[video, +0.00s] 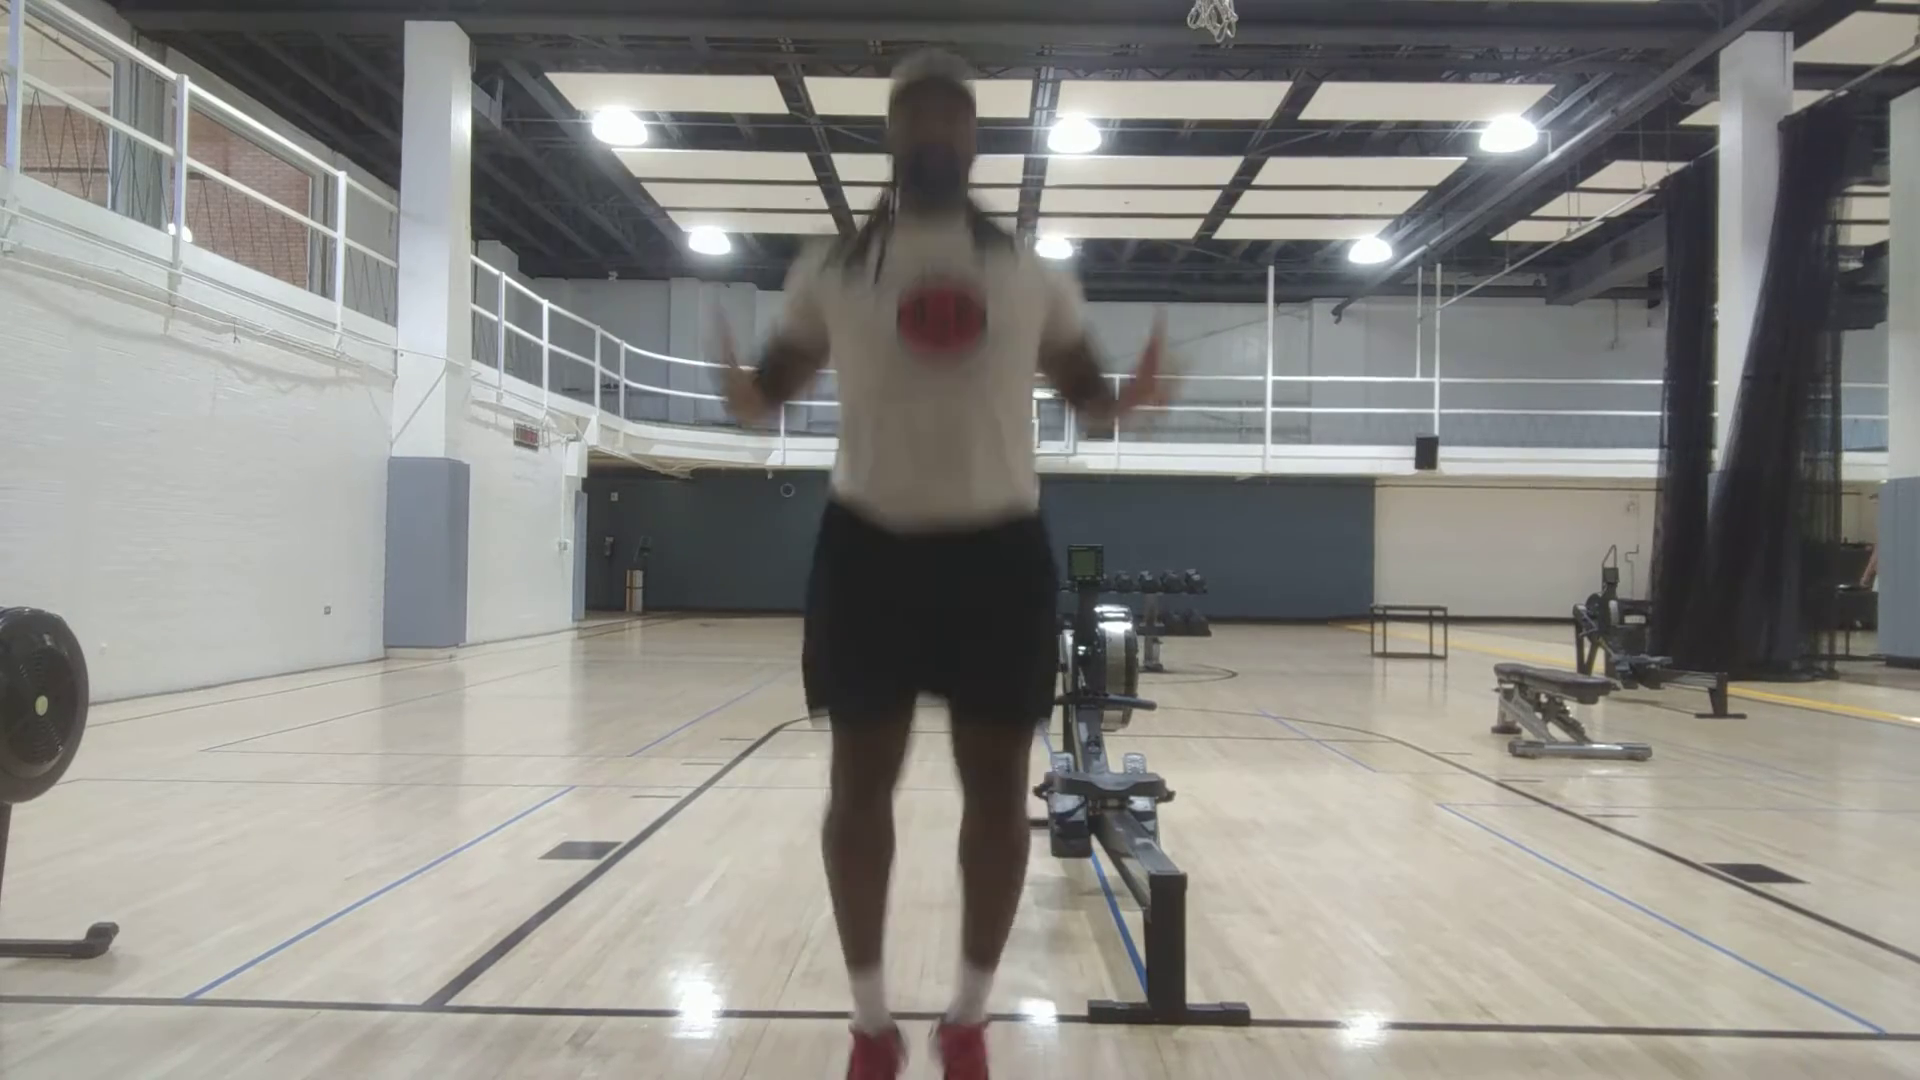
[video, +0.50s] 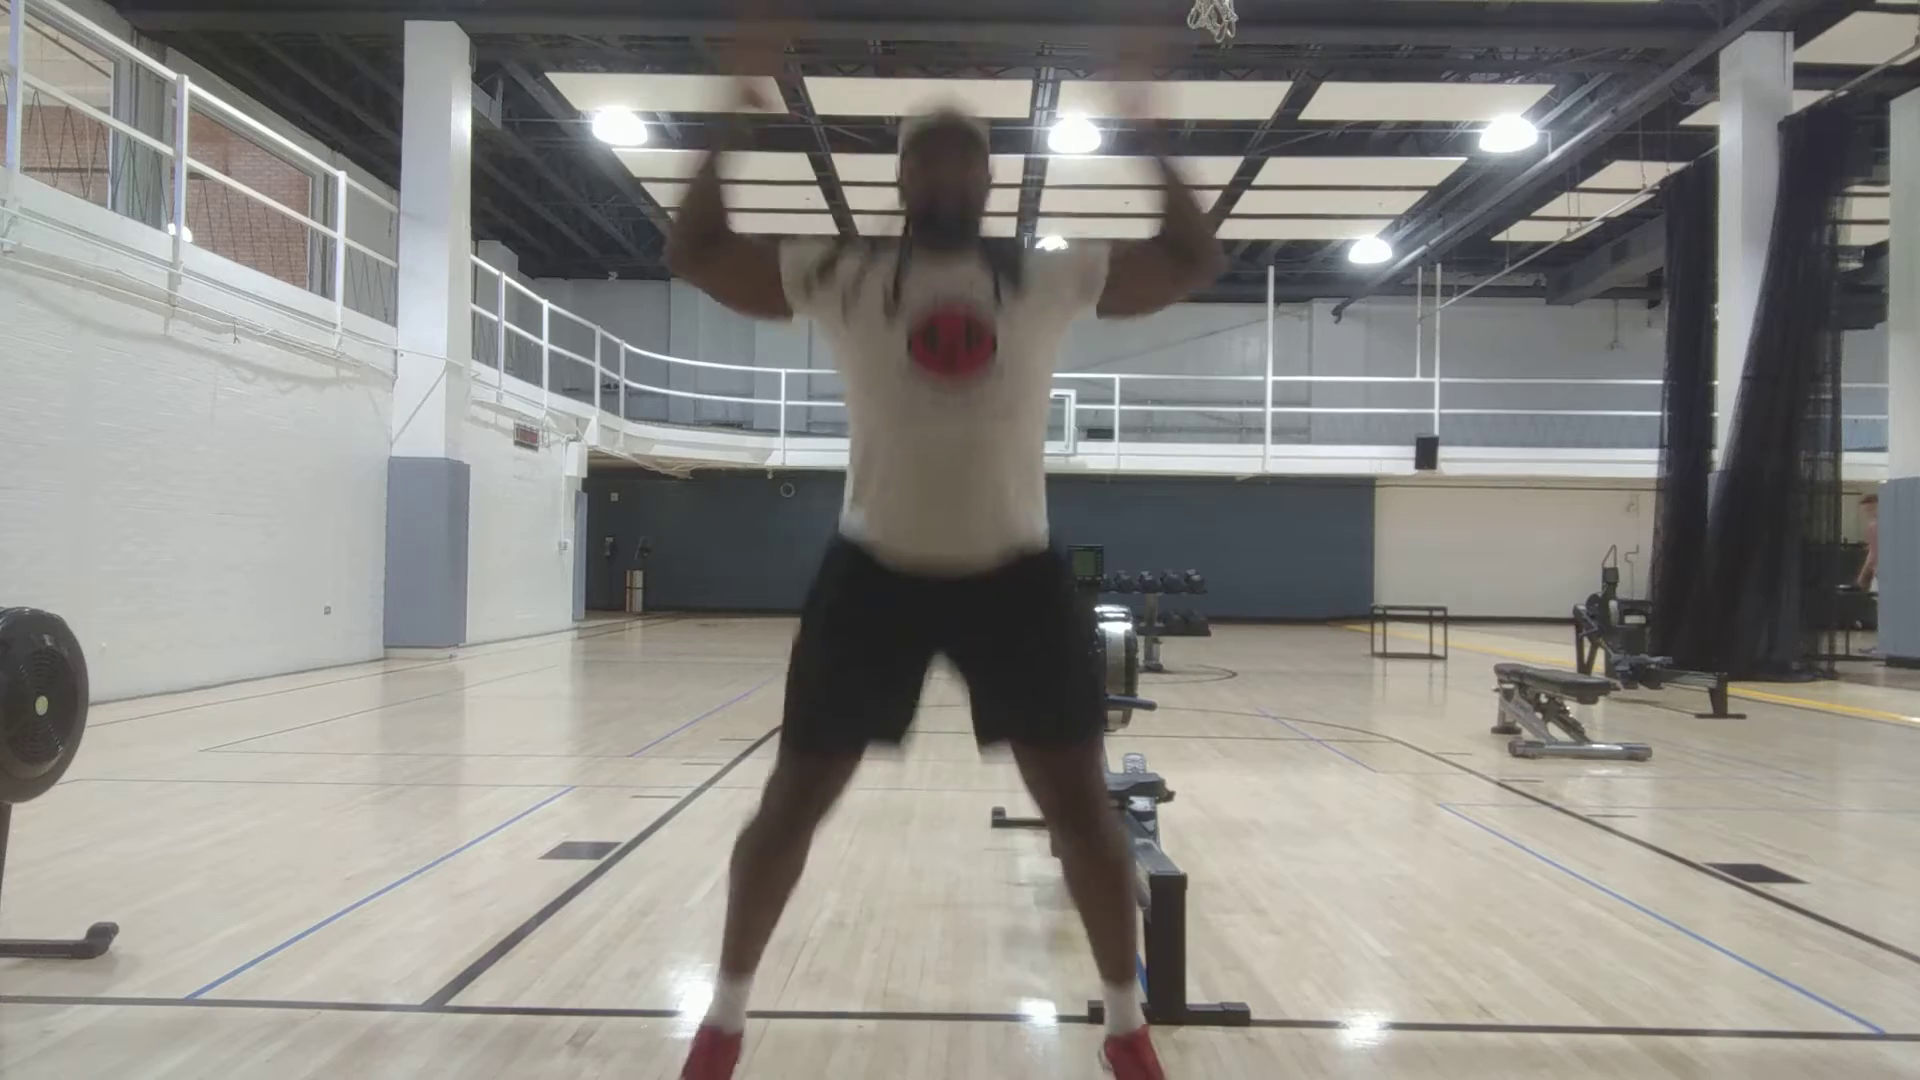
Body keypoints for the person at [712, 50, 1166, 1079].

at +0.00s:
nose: (933, 135)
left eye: (951, 118)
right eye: (916, 118)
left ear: (976, 136)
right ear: (888, 135)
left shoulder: (1030, 270)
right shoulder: (836, 264)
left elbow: (1086, 395)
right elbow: (776, 383)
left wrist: (1129, 396)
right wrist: (751, 387)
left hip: (998, 546)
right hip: (871, 545)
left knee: (998, 792)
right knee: (860, 782)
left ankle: (969, 1016)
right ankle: (869, 1019)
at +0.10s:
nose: (936, 61)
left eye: (955, 46)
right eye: (917, 46)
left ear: (984, 75)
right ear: (888, 74)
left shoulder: (1033, 191)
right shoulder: (839, 195)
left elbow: (1140, 313)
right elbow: (727, 311)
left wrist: (1198, 239)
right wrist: (662, 244)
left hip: (1006, 481)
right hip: (874, 479)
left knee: (1014, 729)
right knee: (846, 724)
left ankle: (1018, 980)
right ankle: (830, 975)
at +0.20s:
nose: (940, 57)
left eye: (959, 41)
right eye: (922, 40)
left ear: (987, 65)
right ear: (892, 64)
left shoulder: (1042, 178)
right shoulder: (839, 179)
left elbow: (1181, 244)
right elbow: (690, 242)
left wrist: (1214, 121)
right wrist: (651, 112)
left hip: (1008, 471)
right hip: (871, 467)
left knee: (1045, 727)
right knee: (817, 721)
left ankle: (1084, 983)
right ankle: (765, 972)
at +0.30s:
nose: (948, 109)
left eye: (964, 94)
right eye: (929, 95)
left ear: (989, 115)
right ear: (898, 119)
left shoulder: (1050, 219)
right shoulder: (840, 225)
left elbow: (1194, 214)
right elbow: (687, 216)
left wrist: (1150, 78)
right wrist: (722, 74)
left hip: (1011, 536)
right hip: (869, 532)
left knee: (1077, 788)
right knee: (790, 779)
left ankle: (1131, 1018)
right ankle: (715, 1012)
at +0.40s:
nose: (950, 197)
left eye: (966, 182)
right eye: (931, 180)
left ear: (992, 202)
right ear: (900, 201)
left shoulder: (1048, 290)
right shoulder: (837, 289)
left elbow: (1179, 233)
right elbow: (707, 236)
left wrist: (1037, 152)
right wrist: (821, 136)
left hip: (1013, 619)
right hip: (869, 615)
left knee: (1085, 851)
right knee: (793, 845)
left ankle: (1129, 1047)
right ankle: (716, 1044)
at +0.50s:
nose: (947, 175)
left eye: (963, 160)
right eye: (930, 159)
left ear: (989, 183)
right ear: (902, 181)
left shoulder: (1048, 280)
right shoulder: (842, 279)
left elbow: (1190, 261)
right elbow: (697, 253)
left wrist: (1150, 133)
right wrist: (731, 110)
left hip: (1014, 581)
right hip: (873, 578)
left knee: (1082, 811)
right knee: (791, 804)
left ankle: (1127, 1026)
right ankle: (724, 1017)